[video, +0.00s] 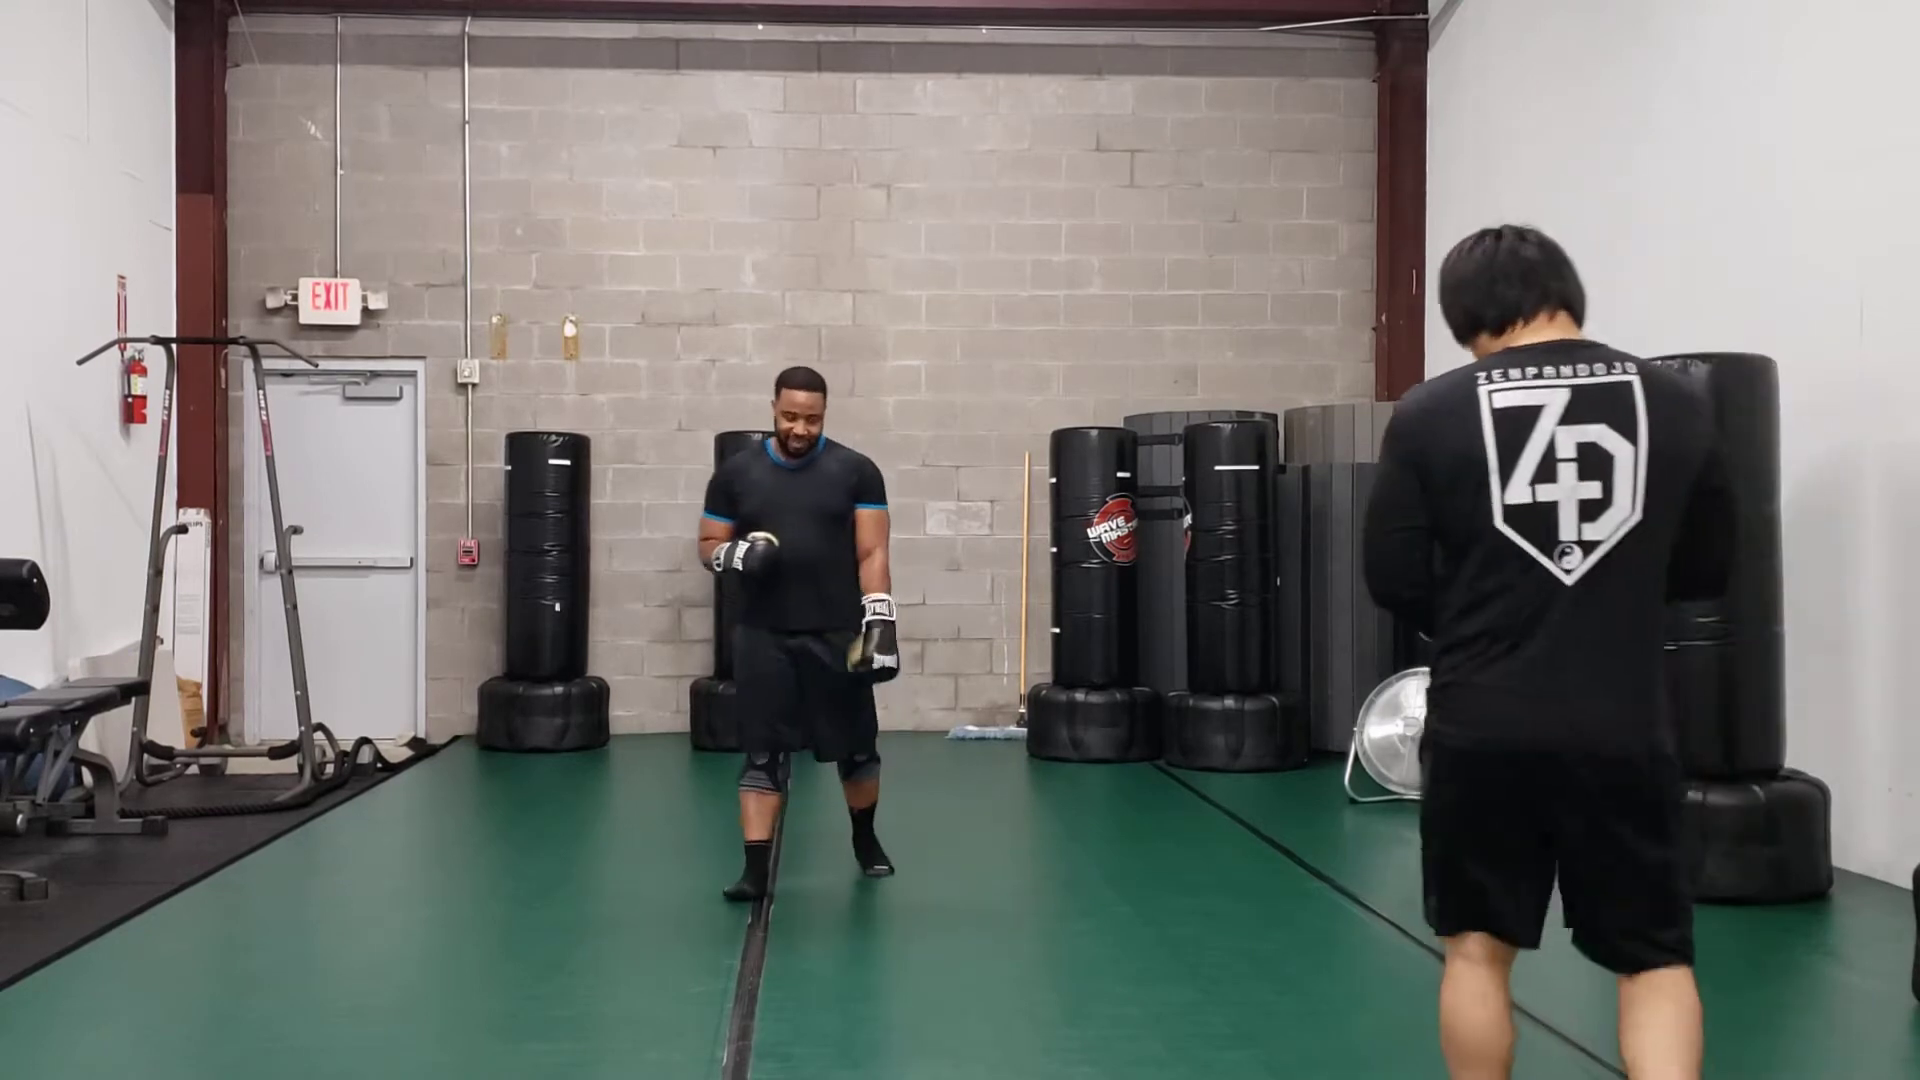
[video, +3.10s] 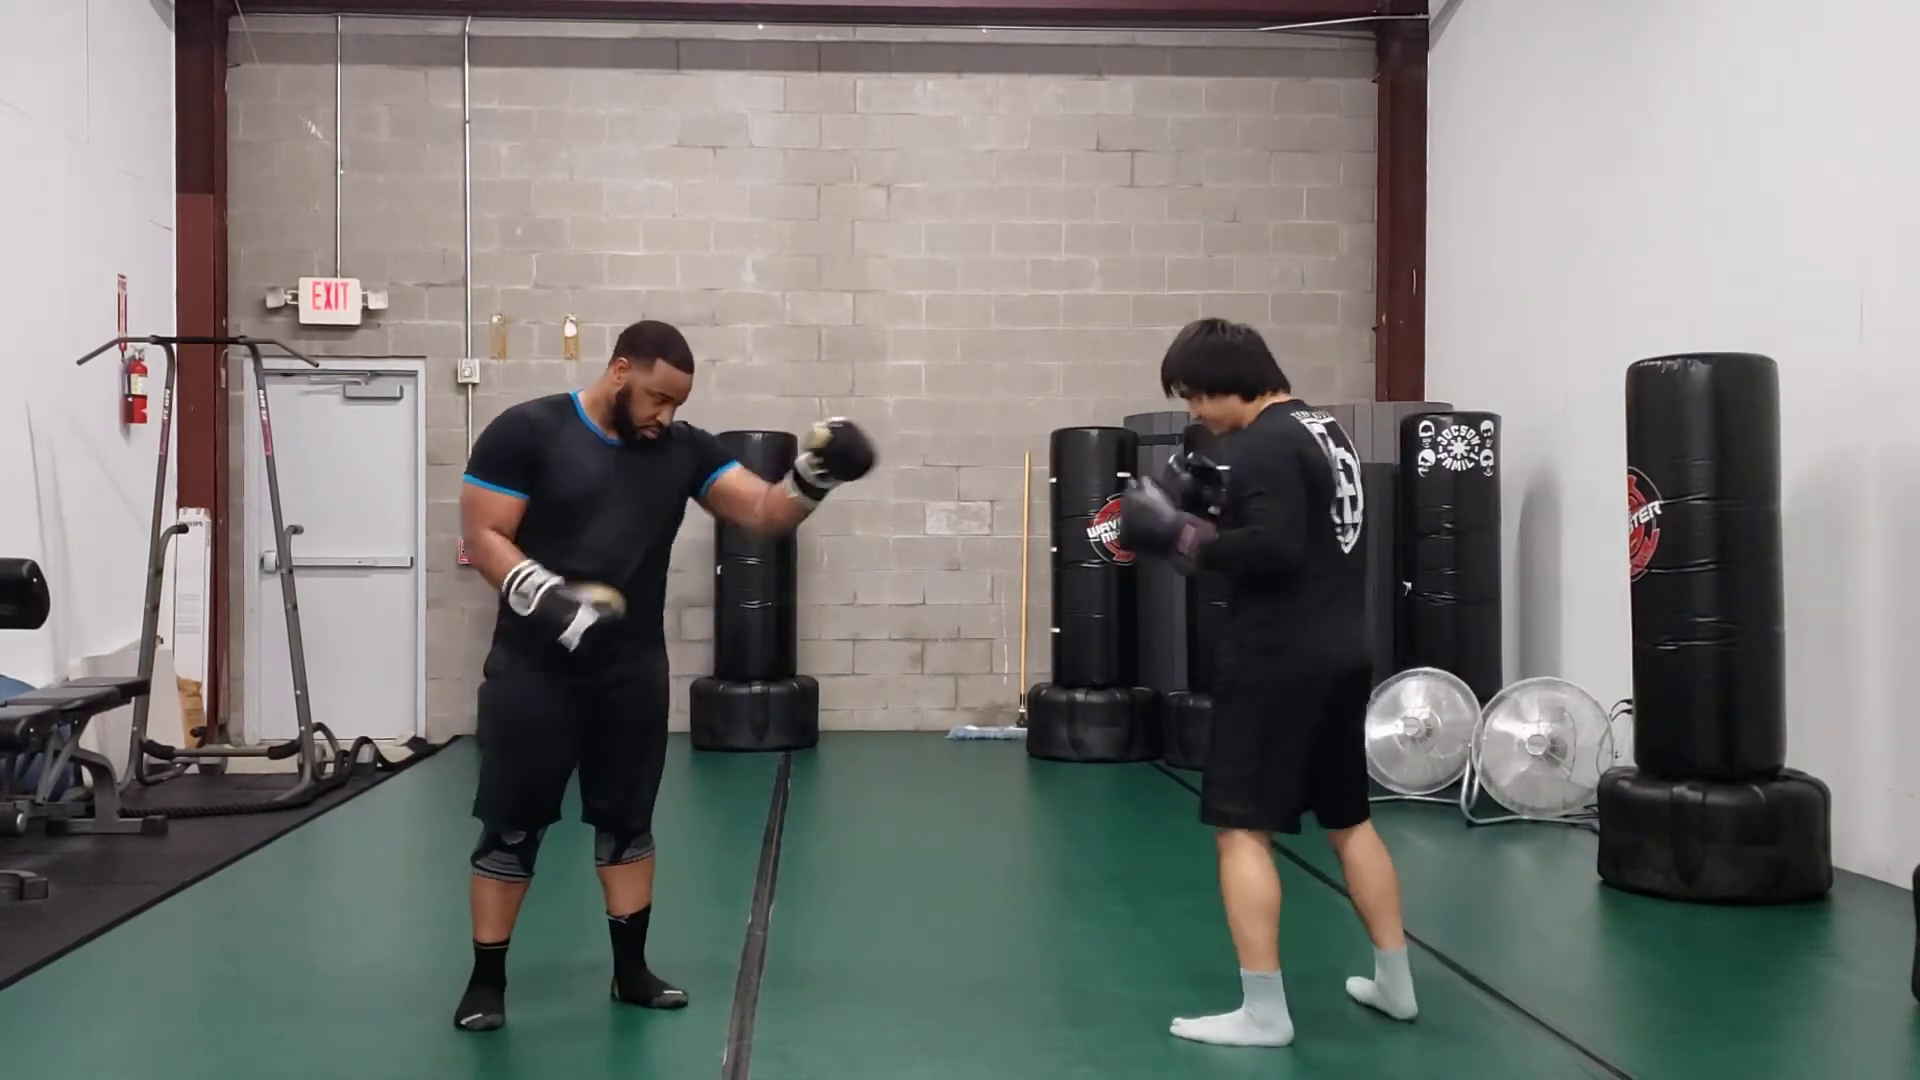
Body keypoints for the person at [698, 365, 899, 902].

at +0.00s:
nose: (800, 427)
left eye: (811, 418)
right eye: (791, 416)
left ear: (824, 416)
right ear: (774, 411)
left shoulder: (856, 473)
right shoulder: (738, 472)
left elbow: (872, 553)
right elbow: (710, 544)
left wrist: (880, 619)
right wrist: (733, 554)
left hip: (838, 636)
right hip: (764, 638)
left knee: (858, 751)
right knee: (761, 755)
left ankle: (865, 838)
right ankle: (756, 873)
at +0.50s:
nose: (763, 421)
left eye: (774, 411)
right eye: (753, 408)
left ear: (786, 409)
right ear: (732, 399)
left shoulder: (815, 471)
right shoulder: (685, 469)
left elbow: (833, 554)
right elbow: (657, 547)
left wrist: (847, 624)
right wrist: (693, 556)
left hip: (788, 636)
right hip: (718, 640)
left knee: (774, 752)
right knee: (735, 764)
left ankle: (760, 883)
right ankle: (751, 872)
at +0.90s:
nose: (747, 407)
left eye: (761, 399)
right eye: (739, 393)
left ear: (775, 402)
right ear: (719, 386)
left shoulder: (801, 469)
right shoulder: (669, 461)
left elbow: (821, 560)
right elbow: (640, 551)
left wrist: (827, 639)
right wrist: (608, 624)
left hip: (765, 648)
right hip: (682, 644)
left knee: (762, 777)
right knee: (660, 762)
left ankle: (751, 899)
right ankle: (719, 850)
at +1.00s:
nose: (736, 405)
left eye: (750, 396)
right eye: (728, 390)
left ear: (765, 399)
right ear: (708, 384)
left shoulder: (791, 466)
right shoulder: (660, 461)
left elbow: (813, 554)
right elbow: (626, 549)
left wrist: (814, 630)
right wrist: (587, 618)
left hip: (760, 649)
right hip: (673, 646)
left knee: (759, 780)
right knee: (648, 768)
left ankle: (748, 902)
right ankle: (666, 894)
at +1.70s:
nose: (651, 396)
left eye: (664, 385)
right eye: (640, 379)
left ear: (674, 385)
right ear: (610, 369)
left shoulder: (697, 459)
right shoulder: (543, 450)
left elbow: (725, 554)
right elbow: (509, 542)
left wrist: (739, 630)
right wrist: (492, 621)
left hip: (662, 648)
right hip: (573, 651)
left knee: (661, 792)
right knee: (590, 798)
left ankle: (653, 953)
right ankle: (597, 939)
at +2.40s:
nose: (665, 406)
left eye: (675, 394)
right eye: (659, 387)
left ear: (676, 391)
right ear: (619, 362)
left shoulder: (677, 457)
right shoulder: (528, 434)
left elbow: (751, 520)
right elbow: (488, 543)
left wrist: (816, 537)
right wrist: (481, 640)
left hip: (645, 670)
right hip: (545, 668)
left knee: (641, 824)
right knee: (519, 830)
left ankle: (633, 971)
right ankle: (486, 979)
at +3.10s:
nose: (666, 417)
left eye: (676, 404)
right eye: (659, 398)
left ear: (683, 394)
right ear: (619, 369)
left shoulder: (682, 449)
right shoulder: (525, 433)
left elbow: (765, 511)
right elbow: (481, 539)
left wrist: (812, 475)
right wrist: (544, 594)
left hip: (631, 674)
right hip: (534, 673)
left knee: (627, 823)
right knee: (509, 830)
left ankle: (632, 971)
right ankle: (486, 981)